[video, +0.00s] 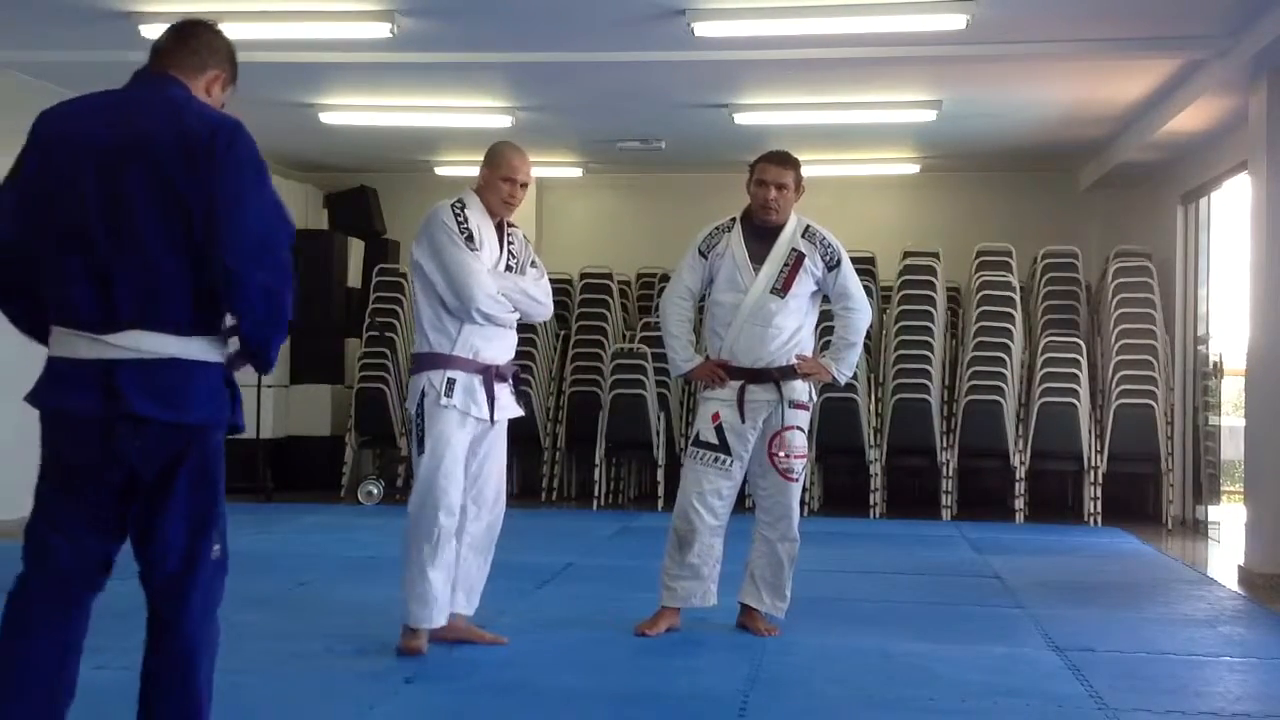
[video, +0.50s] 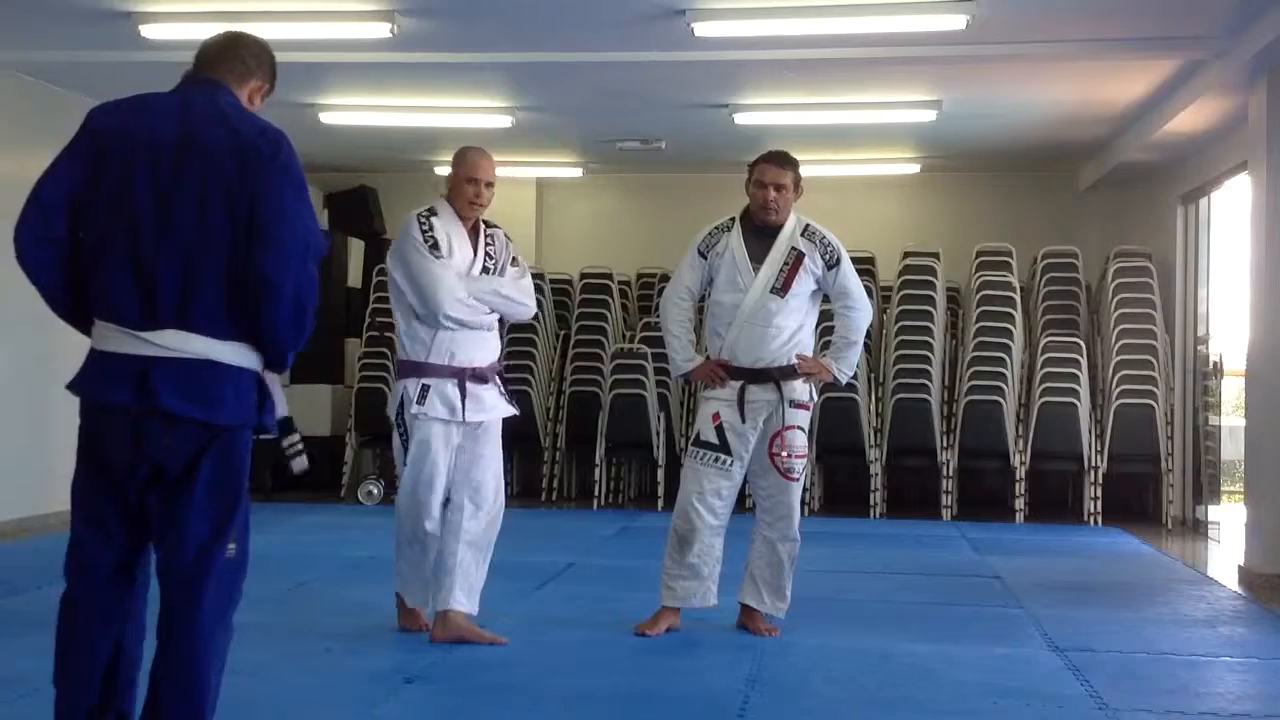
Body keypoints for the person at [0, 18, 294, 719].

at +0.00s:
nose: (223, 109)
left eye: (224, 100)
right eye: (227, 98)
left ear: (151, 65)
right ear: (212, 82)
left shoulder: (58, 125)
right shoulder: (219, 139)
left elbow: (7, 250)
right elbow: (263, 257)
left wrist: (60, 330)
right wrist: (257, 345)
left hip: (74, 396)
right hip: (181, 402)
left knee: (53, 580)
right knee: (185, 593)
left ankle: (25, 709)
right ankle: (175, 714)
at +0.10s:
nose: (238, 110)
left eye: (240, 100)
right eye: (243, 100)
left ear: (165, 68)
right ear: (228, 86)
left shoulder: (77, 122)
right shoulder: (242, 144)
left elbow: (14, 241)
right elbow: (286, 260)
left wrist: (77, 326)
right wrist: (251, 349)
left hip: (88, 394)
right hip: (194, 402)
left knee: (68, 575)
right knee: (191, 593)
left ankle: (39, 712)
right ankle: (175, 713)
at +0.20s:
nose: (250, 109)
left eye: (252, 101)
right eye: (255, 100)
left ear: (177, 68)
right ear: (241, 89)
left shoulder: (94, 117)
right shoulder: (254, 142)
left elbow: (21, 233)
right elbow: (298, 254)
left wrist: (84, 322)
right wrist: (266, 348)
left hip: (97, 391)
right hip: (202, 398)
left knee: (84, 577)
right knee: (195, 590)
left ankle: (59, 712)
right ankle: (176, 713)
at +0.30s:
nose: (258, 109)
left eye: (259, 102)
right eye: (262, 101)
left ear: (185, 71)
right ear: (249, 91)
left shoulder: (103, 118)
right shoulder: (261, 142)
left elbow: (29, 226)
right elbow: (299, 254)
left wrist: (92, 318)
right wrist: (286, 358)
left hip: (103, 392)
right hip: (206, 400)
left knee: (90, 581)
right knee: (198, 593)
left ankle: (84, 710)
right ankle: (176, 712)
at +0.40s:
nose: (261, 110)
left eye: (261, 103)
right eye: (265, 102)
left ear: (189, 73)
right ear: (253, 91)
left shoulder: (107, 121)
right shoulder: (264, 145)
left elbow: (34, 233)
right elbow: (294, 268)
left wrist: (97, 320)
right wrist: (276, 360)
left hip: (107, 392)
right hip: (209, 400)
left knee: (96, 575)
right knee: (199, 588)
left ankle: (85, 710)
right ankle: (177, 713)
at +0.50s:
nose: (262, 109)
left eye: (264, 101)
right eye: (266, 101)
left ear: (194, 72)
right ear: (254, 90)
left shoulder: (109, 121)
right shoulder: (263, 146)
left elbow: (36, 235)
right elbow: (290, 270)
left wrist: (99, 318)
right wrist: (275, 353)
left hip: (110, 391)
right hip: (210, 399)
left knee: (99, 572)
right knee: (201, 584)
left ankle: (88, 709)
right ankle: (178, 712)